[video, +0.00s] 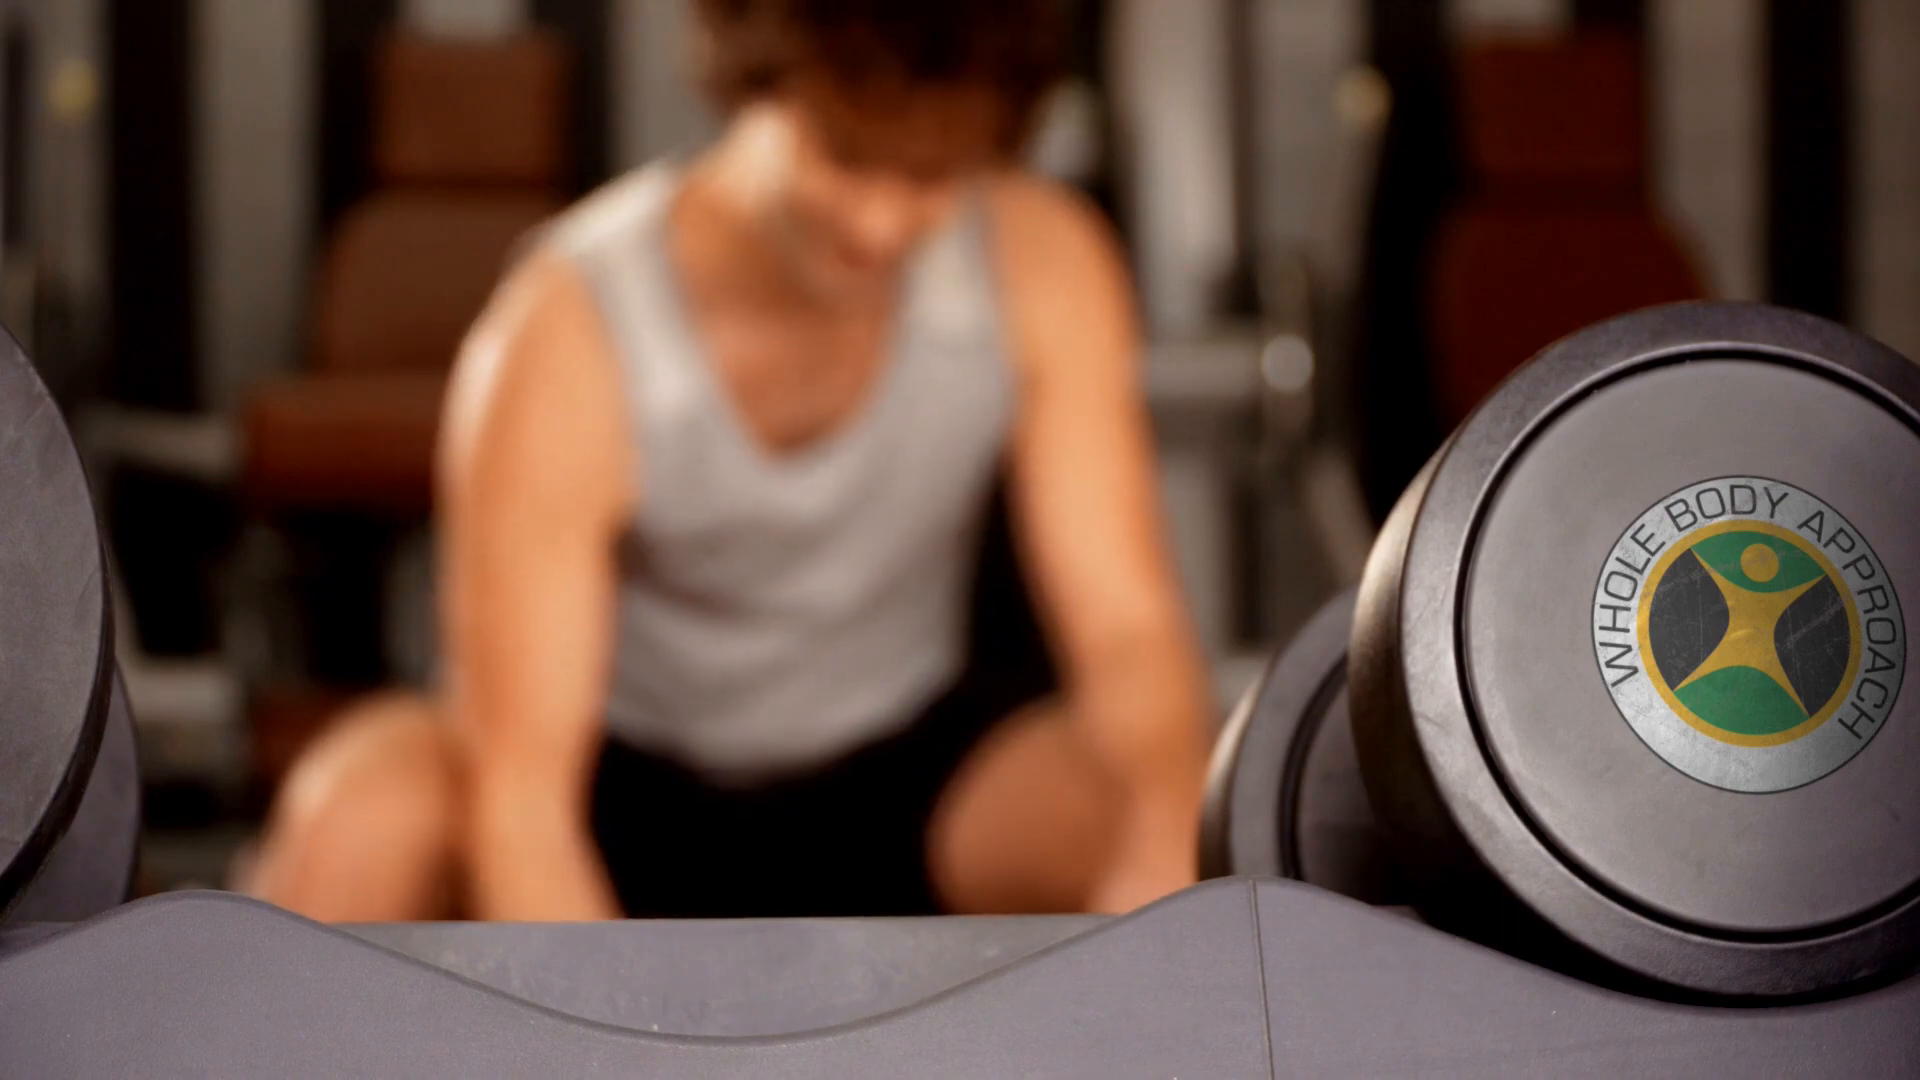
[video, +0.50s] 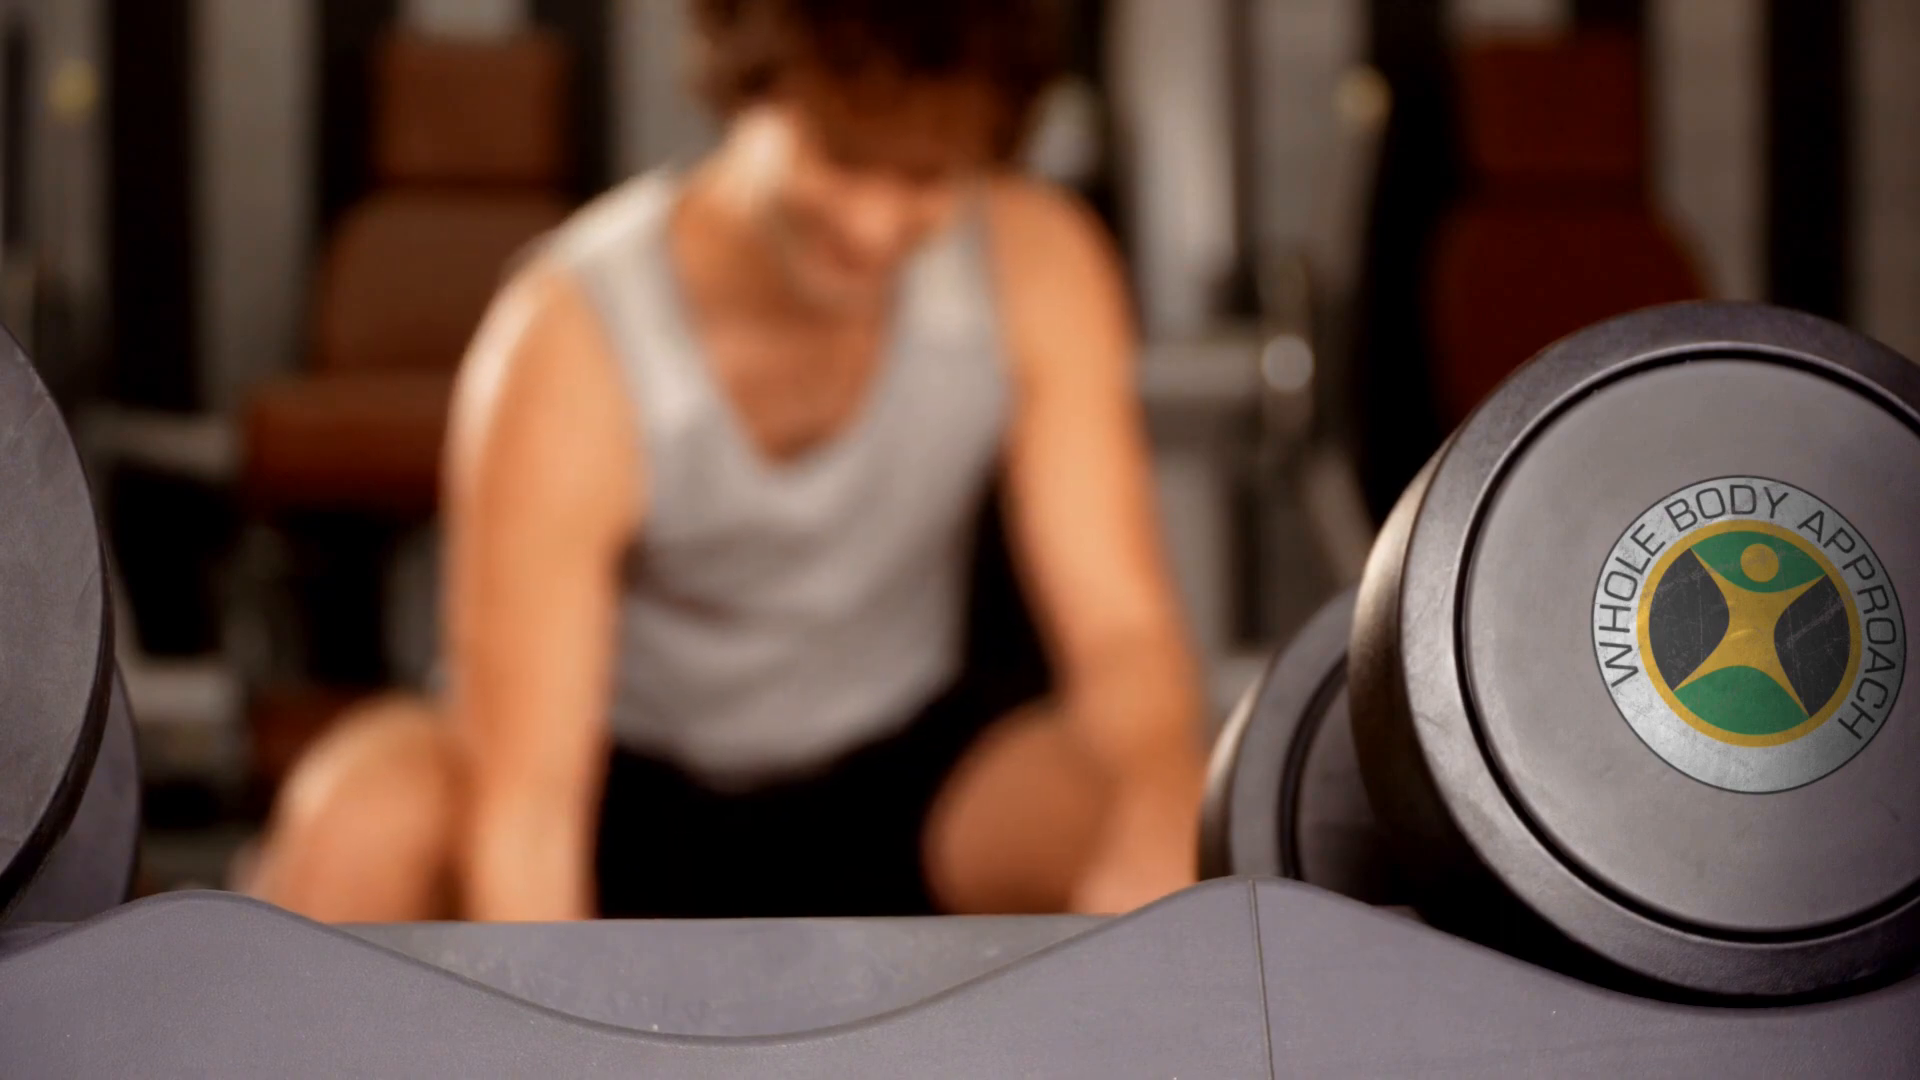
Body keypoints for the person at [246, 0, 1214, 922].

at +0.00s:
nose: (883, 223)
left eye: (933, 177)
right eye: (846, 161)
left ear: (996, 144)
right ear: (756, 84)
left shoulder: (1040, 257)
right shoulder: (562, 336)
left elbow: (1128, 641)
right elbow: (522, 797)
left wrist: (1156, 866)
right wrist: (618, 1055)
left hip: (900, 785)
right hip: (624, 794)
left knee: (1178, 799)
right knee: (364, 798)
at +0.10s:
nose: (881, 227)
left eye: (930, 180)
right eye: (844, 164)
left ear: (994, 148)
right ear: (754, 87)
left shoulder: (1039, 258)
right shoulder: (566, 341)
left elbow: (1126, 641)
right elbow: (526, 800)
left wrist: (1152, 861)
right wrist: (599, 1060)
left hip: (900, 784)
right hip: (624, 795)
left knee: (1176, 804)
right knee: (366, 801)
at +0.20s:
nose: (881, 229)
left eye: (930, 182)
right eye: (844, 167)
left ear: (993, 150)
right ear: (755, 92)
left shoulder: (1037, 258)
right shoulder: (568, 342)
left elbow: (1126, 644)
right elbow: (534, 804)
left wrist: (1151, 868)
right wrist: (580, 1064)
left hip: (898, 785)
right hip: (623, 797)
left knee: (1172, 805)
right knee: (369, 806)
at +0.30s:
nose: (880, 228)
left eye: (930, 181)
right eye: (843, 167)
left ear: (992, 149)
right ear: (753, 92)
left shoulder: (1035, 258)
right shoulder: (567, 342)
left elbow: (1125, 643)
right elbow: (537, 806)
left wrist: (1150, 871)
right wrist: (574, 1067)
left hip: (898, 783)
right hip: (622, 797)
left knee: (1172, 806)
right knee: (371, 806)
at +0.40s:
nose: (877, 227)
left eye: (929, 181)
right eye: (842, 164)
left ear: (990, 151)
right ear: (749, 89)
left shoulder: (1034, 257)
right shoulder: (565, 344)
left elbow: (1124, 642)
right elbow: (535, 807)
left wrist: (1146, 868)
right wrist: (566, 1065)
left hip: (895, 782)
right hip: (619, 795)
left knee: (1169, 805)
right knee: (367, 806)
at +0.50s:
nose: (875, 225)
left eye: (927, 179)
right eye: (840, 162)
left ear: (990, 151)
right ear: (749, 90)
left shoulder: (1034, 258)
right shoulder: (566, 342)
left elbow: (1122, 645)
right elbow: (529, 802)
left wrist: (1143, 864)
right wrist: (551, 1063)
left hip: (893, 784)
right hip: (616, 795)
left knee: (1166, 805)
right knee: (362, 801)